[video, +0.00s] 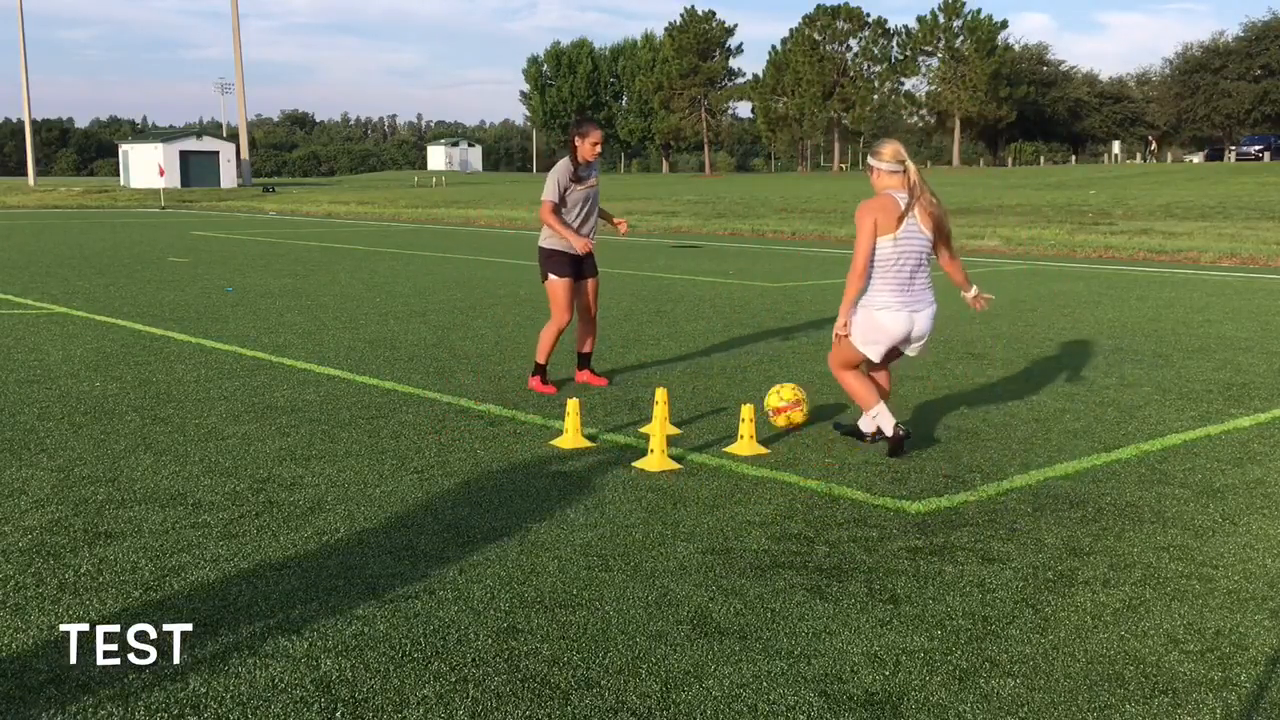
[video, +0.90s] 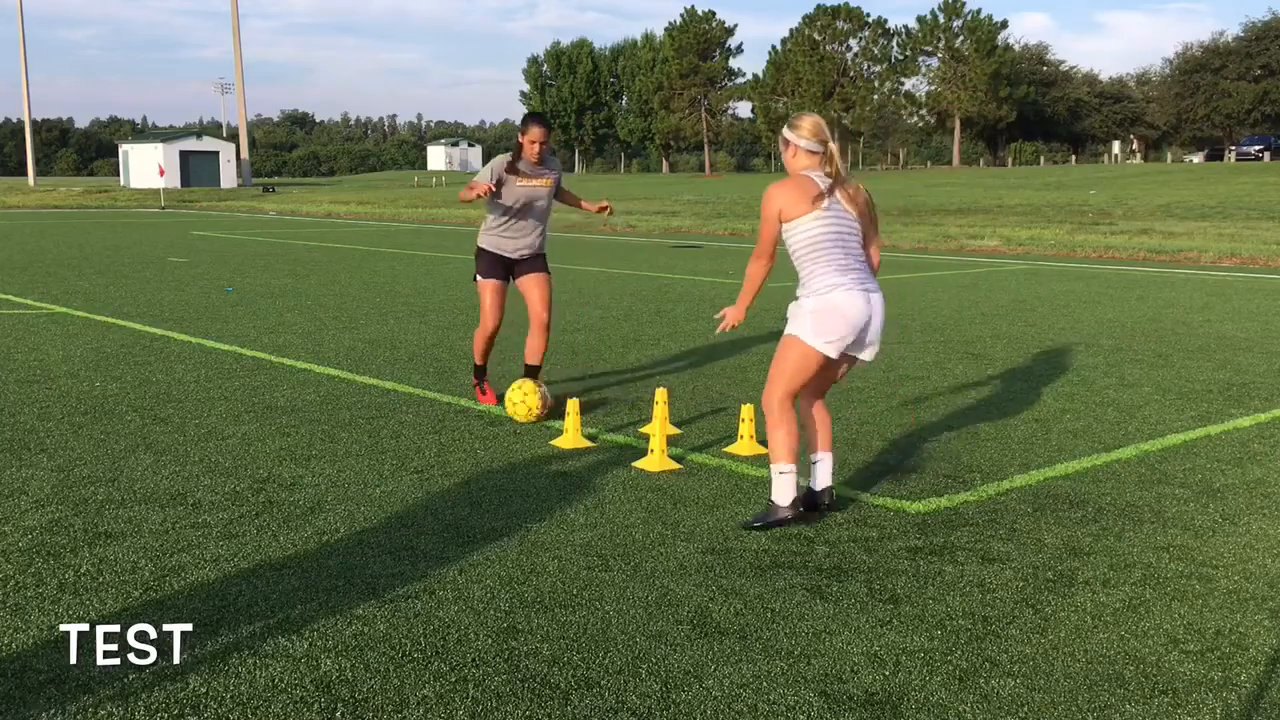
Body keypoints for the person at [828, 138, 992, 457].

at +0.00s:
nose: (870, 178)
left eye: (870, 172)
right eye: (870, 172)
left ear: (875, 172)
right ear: (904, 169)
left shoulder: (871, 208)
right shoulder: (929, 207)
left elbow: (860, 270)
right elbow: (947, 258)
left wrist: (845, 311)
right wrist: (969, 290)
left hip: (883, 315)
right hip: (922, 314)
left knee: (839, 362)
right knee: (878, 361)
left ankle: (890, 428)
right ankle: (867, 427)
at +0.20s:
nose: (852, 168)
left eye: (853, 163)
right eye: (853, 163)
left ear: (860, 165)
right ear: (890, 165)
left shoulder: (855, 206)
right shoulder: (908, 205)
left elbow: (831, 260)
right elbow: (932, 252)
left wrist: (804, 288)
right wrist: (952, 279)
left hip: (862, 313)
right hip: (897, 312)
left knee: (812, 364)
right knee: (855, 361)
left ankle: (848, 435)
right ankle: (858, 429)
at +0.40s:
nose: (842, 147)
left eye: (844, 141)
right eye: (843, 141)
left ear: (852, 141)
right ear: (879, 142)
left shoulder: (844, 170)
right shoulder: (899, 178)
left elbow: (839, 216)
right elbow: (919, 237)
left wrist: (826, 250)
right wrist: (906, 273)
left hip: (860, 290)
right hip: (901, 289)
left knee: (833, 360)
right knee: (868, 354)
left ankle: (849, 444)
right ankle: (893, 436)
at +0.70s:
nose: (810, 155)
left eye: (812, 148)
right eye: (811, 149)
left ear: (822, 148)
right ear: (851, 148)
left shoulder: (813, 184)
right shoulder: (874, 191)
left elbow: (791, 250)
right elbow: (896, 255)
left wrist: (777, 283)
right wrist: (893, 298)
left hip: (844, 301)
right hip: (885, 299)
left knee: (808, 393)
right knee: (870, 384)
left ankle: (836, 491)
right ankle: (904, 462)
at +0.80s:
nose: (794, 144)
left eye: (796, 137)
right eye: (796, 137)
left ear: (805, 139)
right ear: (834, 141)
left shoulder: (797, 178)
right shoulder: (859, 180)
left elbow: (777, 243)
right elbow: (885, 243)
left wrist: (752, 290)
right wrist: (869, 284)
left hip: (839, 290)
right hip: (882, 291)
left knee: (786, 378)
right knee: (831, 374)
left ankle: (819, 481)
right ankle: (863, 470)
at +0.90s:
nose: (782, 153)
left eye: (784, 146)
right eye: (784, 146)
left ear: (793, 149)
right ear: (824, 151)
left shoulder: (781, 192)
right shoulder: (854, 193)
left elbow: (763, 258)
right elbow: (872, 257)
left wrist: (741, 305)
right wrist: (853, 298)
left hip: (825, 303)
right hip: (869, 303)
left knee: (777, 395)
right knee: (813, 394)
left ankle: (783, 502)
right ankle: (821, 490)